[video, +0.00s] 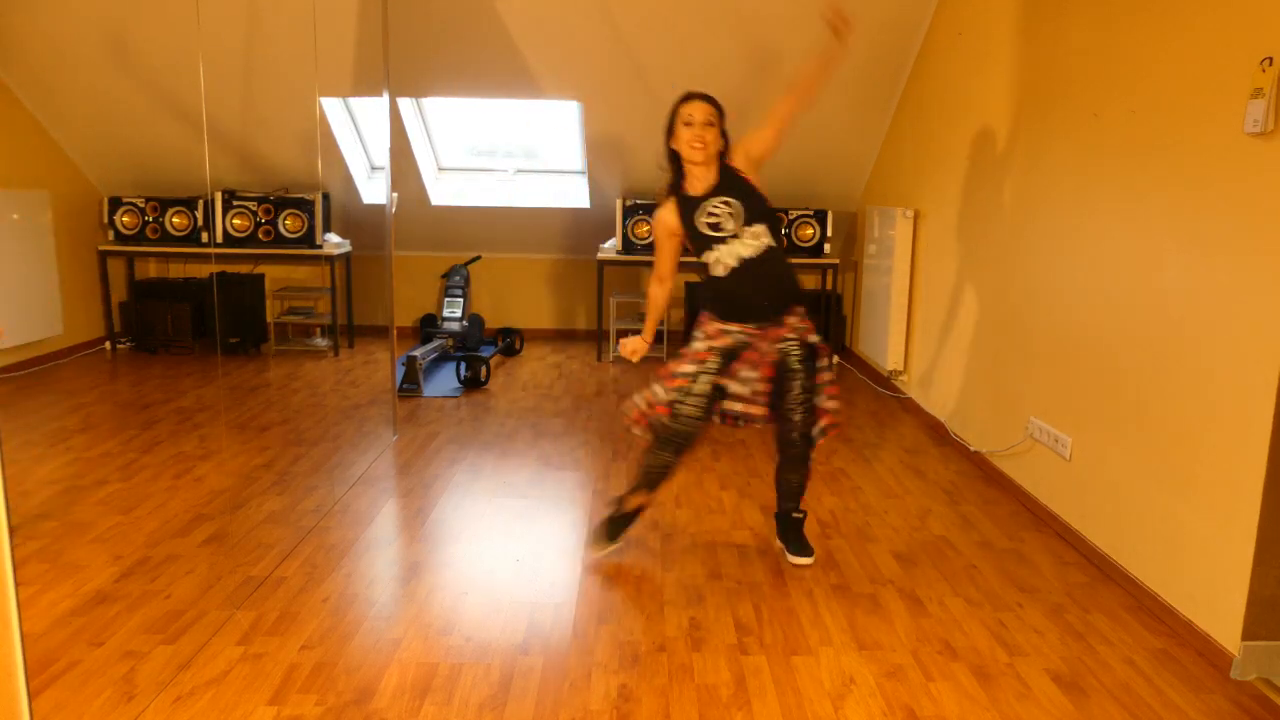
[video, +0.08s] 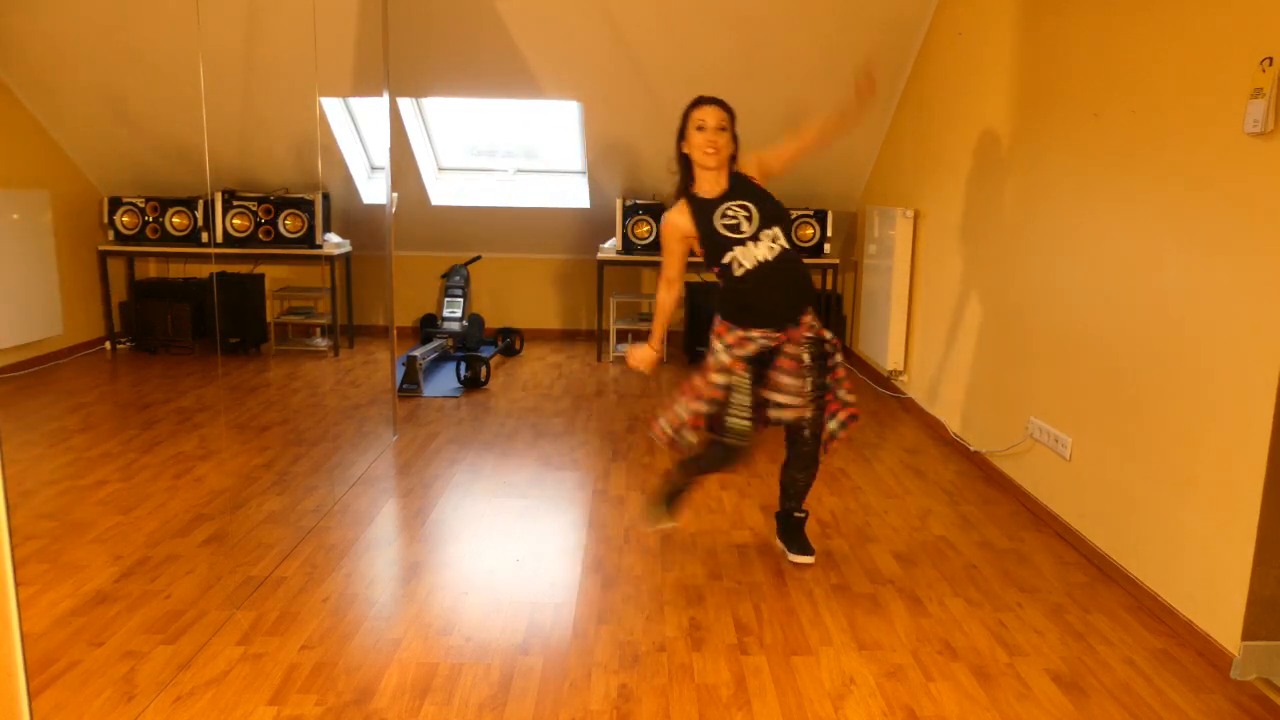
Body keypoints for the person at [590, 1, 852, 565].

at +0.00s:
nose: (699, 132)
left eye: (708, 124)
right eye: (689, 124)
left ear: (722, 135)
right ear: (672, 138)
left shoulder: (743, 166)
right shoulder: (672, 214)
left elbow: (794, 101)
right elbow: (661, 280)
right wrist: (646, 334)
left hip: (786, 319)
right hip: (724, 326)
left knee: (798, 429)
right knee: (681, 423)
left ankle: (791, 517)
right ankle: (633, 504)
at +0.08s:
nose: (712, 137)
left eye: (722, 129)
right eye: (701, 128)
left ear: (734, 142)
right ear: (683, 142)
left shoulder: (753, 176)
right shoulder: (681, 219)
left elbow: (808, 140)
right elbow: (670, 284)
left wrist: (857, 104)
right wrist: (655, 344)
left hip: (798, 326)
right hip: (741, 333)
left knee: (806, 438)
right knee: (730, 445)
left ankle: (791, 518)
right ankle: (681, 477)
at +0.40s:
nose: (743, 107)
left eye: (751, 97)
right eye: (730, 100)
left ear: (764, 107)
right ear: (716, 116)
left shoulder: (776, 166)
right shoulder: (718, 166)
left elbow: (827, 173)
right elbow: (741, 173)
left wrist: (855, 162)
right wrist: (761, 175)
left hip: (787, 303)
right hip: (736, 303)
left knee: (794, 400)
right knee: (732, 404)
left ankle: (787, 515)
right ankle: (711, 494)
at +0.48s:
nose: (744, 92)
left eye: (753, 84)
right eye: (730, 86)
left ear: (767, 92)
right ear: (713, 99)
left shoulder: (768, 148)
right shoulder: (719, 142)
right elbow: (766, 107)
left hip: (779, 298)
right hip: (728, 296)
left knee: (784, 410)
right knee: (698, 410)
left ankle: (786, 515)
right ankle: (656, 505)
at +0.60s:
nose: (740, 100)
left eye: (747, 91)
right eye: (728, 92)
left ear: (758, 103)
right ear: (707, 103)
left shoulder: (758, 160)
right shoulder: (709, 151)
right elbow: (715, 69)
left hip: (764, 309)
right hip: (714, 304)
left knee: (769, 420)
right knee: (669, 410)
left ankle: (780, 519)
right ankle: (608, 505)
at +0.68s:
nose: (730, 112)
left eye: (738, 102)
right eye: (717, 103)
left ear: (750, 113)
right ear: (699, 116)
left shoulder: (749, 179)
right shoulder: (694, 166)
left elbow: (703, 243)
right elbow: (675, 69)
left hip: (751, 314)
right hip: (701, 312)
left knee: (760, 423)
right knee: (658, 418)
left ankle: (776, 522)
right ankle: (600, 510)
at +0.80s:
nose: (708, 123)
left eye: (718, 114)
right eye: (696, 114)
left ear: (730, 127)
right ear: (678, 127)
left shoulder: (725, 190)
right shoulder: (662, 165)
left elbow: (711, 260)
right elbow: (616, 92)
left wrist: (721, 311)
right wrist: (579, 21)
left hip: (716, 327)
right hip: (658, 325)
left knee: (743, 428)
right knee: (636, 431)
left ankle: (774, 524)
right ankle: (596, 518)